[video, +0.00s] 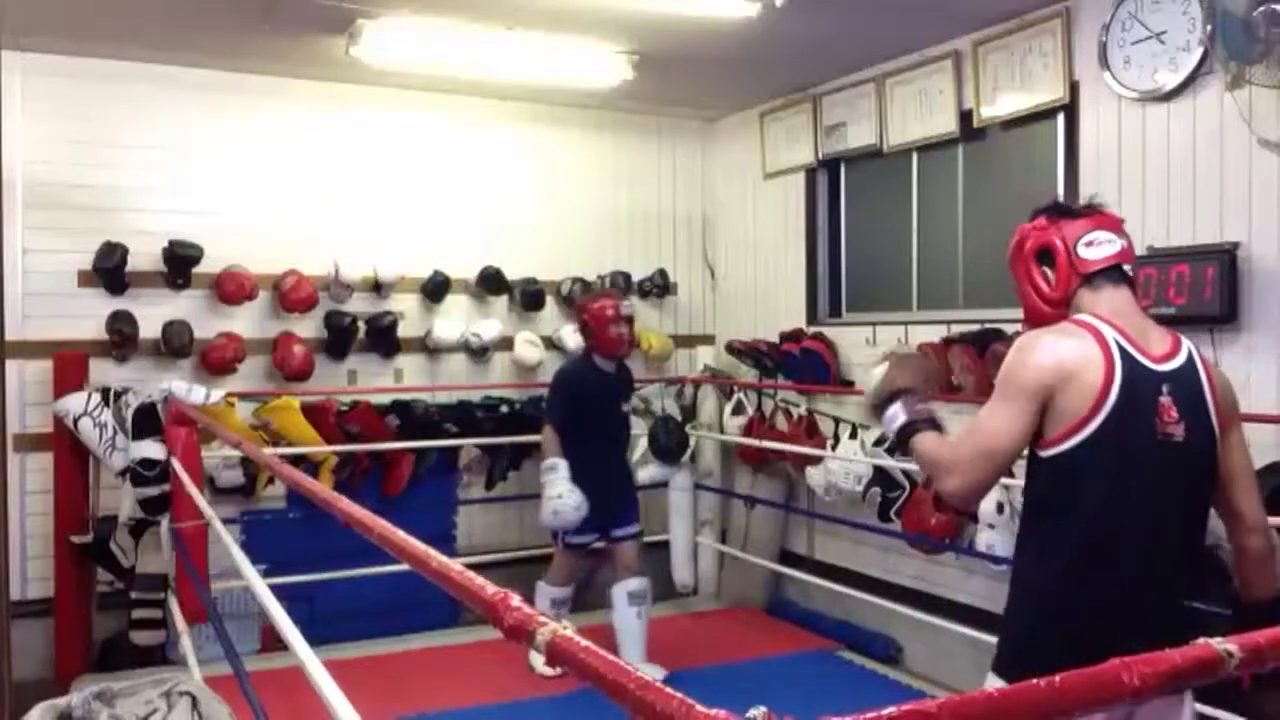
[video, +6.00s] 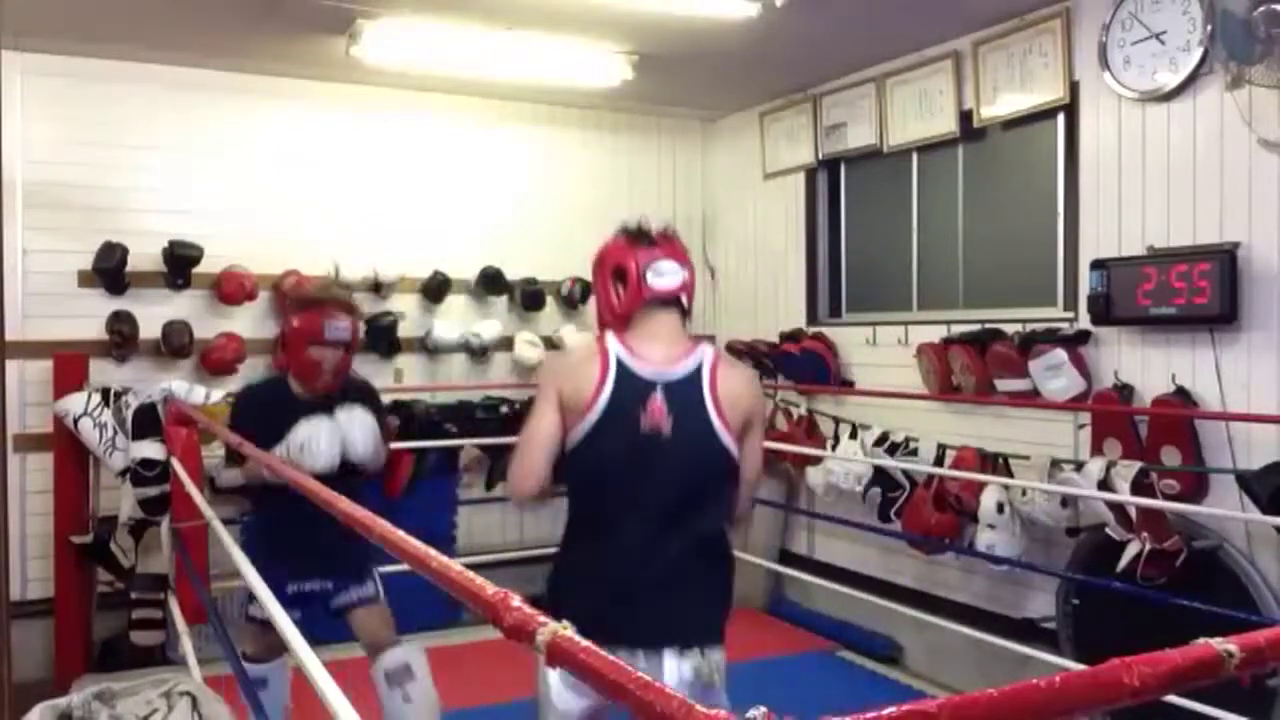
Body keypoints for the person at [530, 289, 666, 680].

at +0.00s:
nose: (622, 331)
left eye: (623, 322)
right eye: (612, 324)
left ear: (626, 326)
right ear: (591, 330)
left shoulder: (622, 375)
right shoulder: (571, 376)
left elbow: (613, 425)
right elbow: (550, 431)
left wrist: (622, 466)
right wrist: (556, 481)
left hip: (618, 478)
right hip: (580, 481)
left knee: (630, 564)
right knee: (566, 565)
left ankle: (634, 661)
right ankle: (542, 646)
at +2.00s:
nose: (514, 317)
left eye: (527, 309)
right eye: (504, 303)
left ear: (540, 320)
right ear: (479, 308)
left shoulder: (555, 380)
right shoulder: (448, 374)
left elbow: (587, 444)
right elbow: (412, 456)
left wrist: (602, 389)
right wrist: (400, 475)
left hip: (518, 540)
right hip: (445, 535)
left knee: (531, 663)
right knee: (392, 637)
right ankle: (361, 715)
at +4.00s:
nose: (413, 333)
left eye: (419, 323)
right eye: (402, 321)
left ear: (425, 325)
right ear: (366, 321)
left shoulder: (411, 375)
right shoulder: (333, 375)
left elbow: (429, 451)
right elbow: (354, 445)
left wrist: (454, 400)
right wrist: (405, 388)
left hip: (411, 544)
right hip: (348, 546)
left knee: (474, 641)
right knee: (324, 667)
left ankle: (478, 714)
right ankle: (300, 712)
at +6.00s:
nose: (332, 363)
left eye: (342, 351)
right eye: (321, 350)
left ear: (351, 352)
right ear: (291, 347)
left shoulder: (359, 393)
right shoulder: (258, 401)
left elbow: (384, 469)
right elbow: (236, 473)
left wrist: (372, 448)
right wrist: (286, 459)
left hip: (344, 540)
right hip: (275, 544)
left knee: (385, 645)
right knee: (259, 655)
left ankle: (413, 708)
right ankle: (268, 713)